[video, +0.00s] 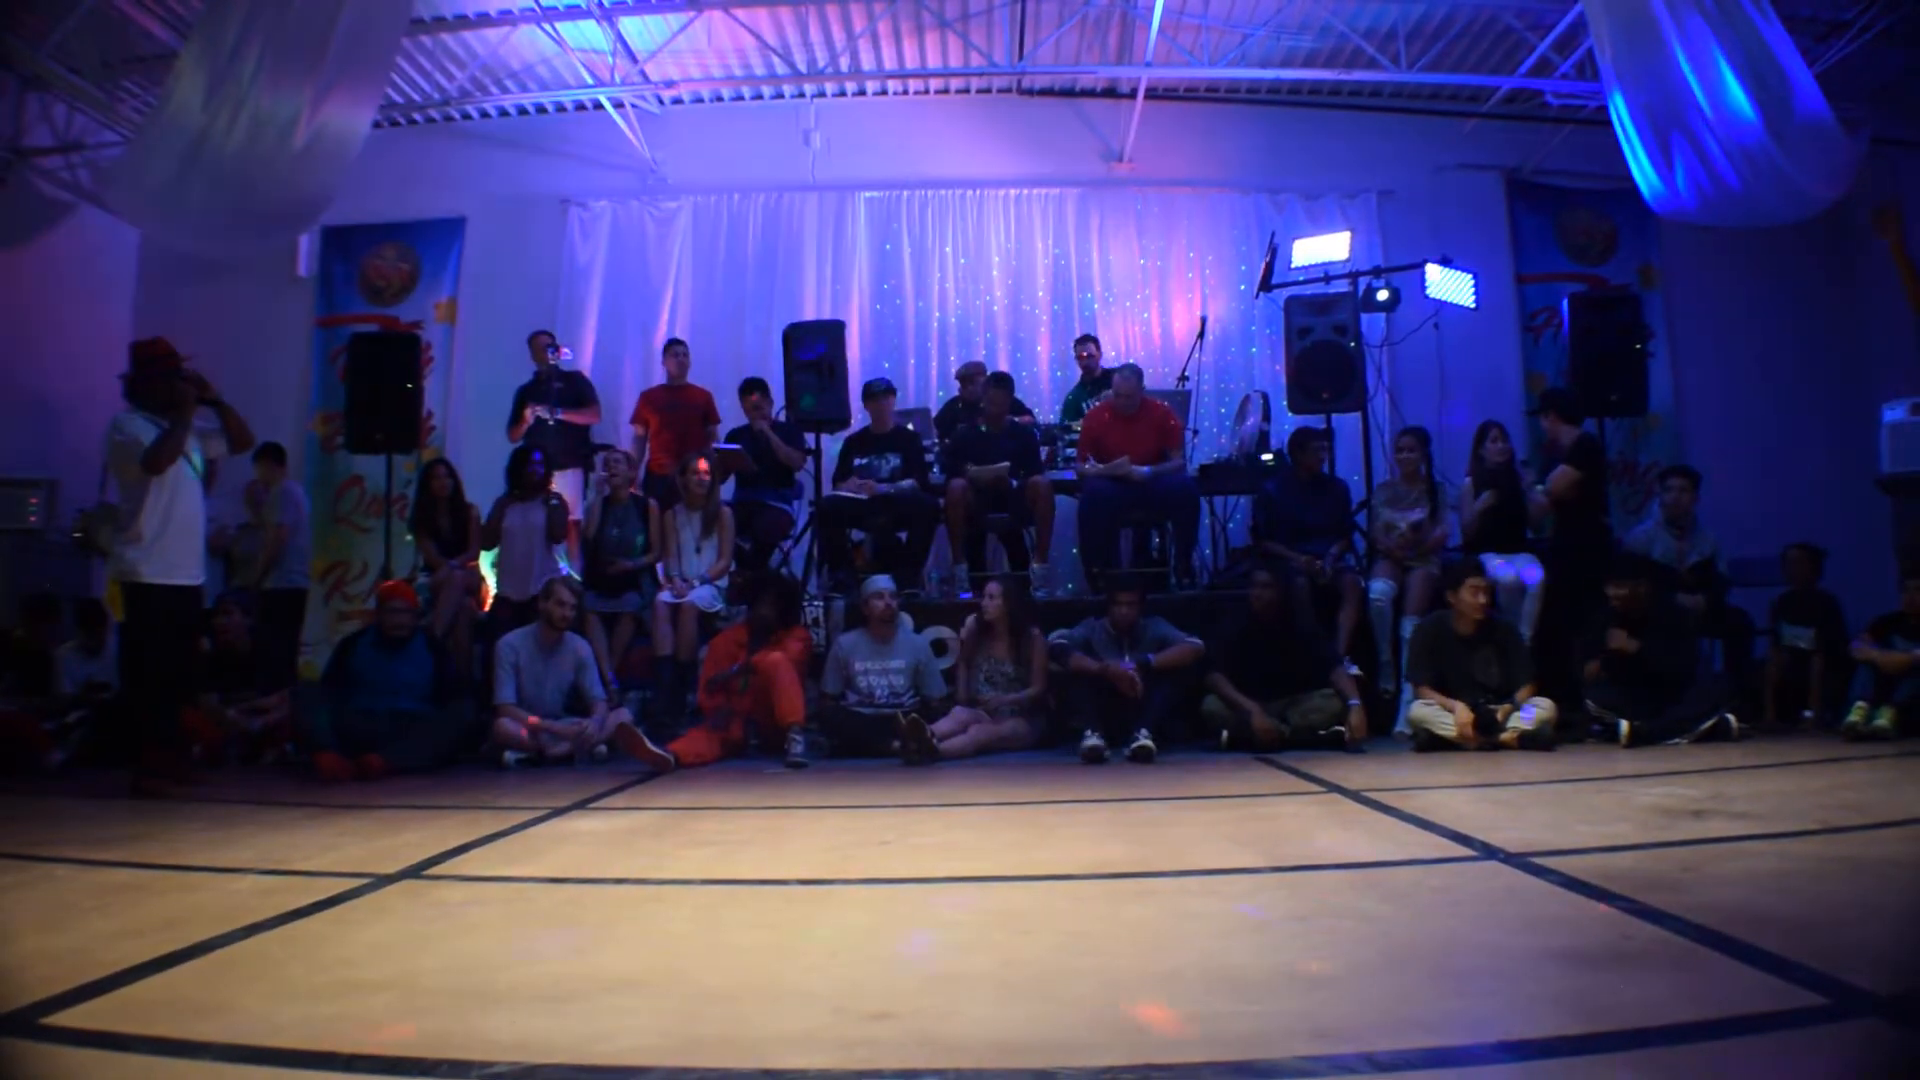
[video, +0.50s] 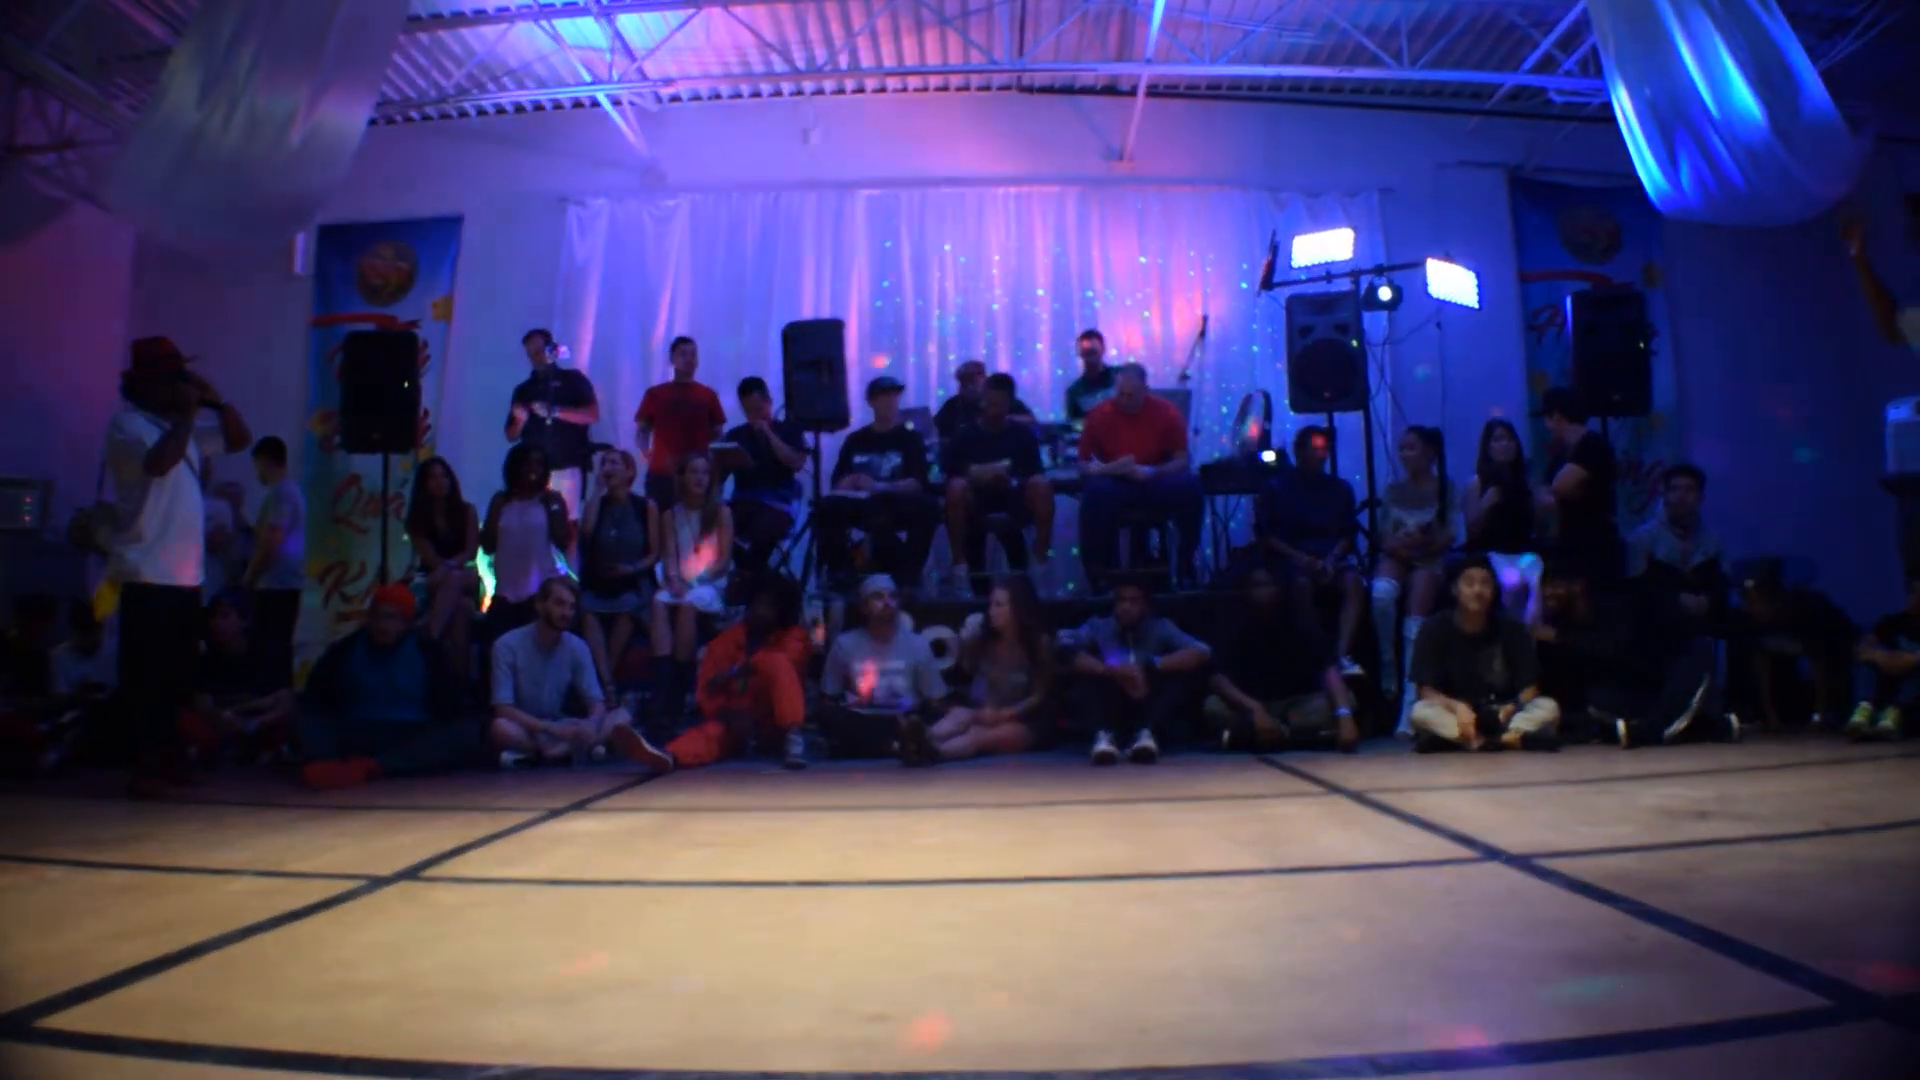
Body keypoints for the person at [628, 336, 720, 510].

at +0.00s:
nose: (681, 360)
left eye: (685, 355)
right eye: (675, 355)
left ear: (690, 361)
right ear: (664, 362)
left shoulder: (703, 397)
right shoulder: (649, 397)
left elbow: (712, 438)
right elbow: (639, 440)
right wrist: (632, 477)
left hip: (694, 478)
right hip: (659, 477)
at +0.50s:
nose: (689, 359)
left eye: (693, 354)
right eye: (683, 354)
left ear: (697, 359)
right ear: (672, 359)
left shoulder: (708, 396)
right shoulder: (655, 394)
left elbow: (717, 432)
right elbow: (642, 429)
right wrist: (648, 454)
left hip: (696, 475)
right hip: (662, 472)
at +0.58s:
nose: (690, 359)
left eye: (693, 354)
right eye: (684, 353)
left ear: (698, 359)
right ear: (673, 358)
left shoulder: (709, 396)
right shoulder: (656, 394)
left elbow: (717, 432)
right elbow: (639, 433)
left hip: (697, 477)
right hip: (662, 473)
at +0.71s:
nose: (689, 359)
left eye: (693, 354)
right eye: (683, 354)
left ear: (698, 359)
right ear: (673, 360)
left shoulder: (711, 396)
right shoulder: (661, 393)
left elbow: (719, 438)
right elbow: (633, 424)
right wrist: (649, 394)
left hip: (697, 478)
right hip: (663, 475)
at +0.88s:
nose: (687, 360)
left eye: (691, 354)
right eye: (681, 355)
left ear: (697, 359)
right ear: (672, 360)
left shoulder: (711, 395)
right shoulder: (659, 391)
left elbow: (719, 435)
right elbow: (632, 406)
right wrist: (659, 368)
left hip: (697, 478)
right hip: (663, 475)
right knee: (661, 533)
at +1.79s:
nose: (685, 361)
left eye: (689, 356)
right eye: (679, 356)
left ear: (695, 360)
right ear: (669, 361)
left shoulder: (708, 396)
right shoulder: (658, 392)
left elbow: (717, 436)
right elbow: (635, 401)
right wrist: (663, 364)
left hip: (697, 480)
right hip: (662, 477)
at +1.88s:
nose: (686, 361)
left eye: (690, 356)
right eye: (680, 356)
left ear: (695, 360)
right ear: (670, 361)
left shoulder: (708, 396)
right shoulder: (658, 392)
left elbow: (717, 435)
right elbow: (633, 403)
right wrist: (661, 367)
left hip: (697, 479)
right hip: (663, 476)